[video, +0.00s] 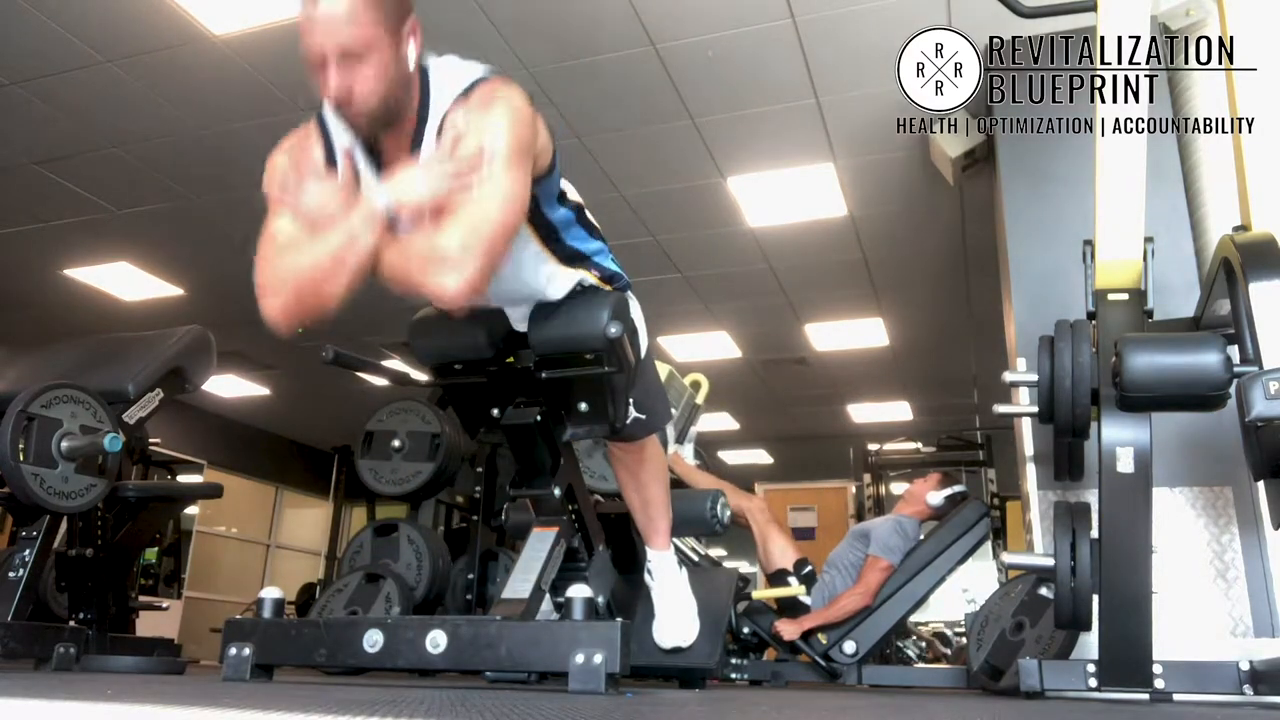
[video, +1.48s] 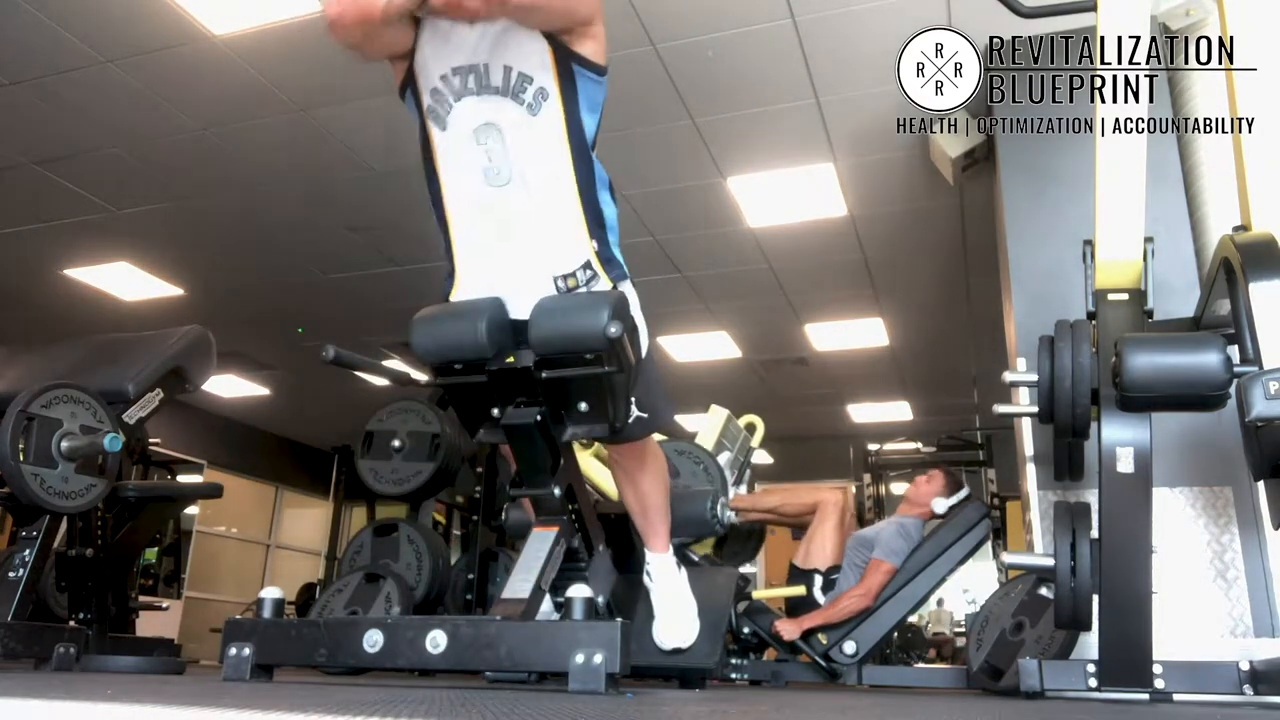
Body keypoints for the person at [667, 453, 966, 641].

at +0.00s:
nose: (919, 479)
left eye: (927, 479)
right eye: (926, 476)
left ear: (932, 498)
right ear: (931, 501)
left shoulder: (895, 529)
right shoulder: (900, 528)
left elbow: (865, 595)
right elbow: (865, 594)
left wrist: (801, 624)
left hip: (808, 606)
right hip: (813, 599)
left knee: (756, 507)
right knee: (756, 507)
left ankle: (676, 461)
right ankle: (686, 464)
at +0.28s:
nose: (919, 479)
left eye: (927, 480)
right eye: (926, 477)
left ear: (929, 499)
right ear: (930, 505)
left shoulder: (897, 527)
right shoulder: (901, 526)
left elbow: (865, 595)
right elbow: (864, 593)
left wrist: (802, 624)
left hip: (811, 604)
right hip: (817, 600)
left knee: (785, 500)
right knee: (786, 504)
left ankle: (695, 471)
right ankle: (707, 476)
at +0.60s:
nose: (916, 481)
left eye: (926, 480)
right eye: (925, 478)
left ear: (930, 497)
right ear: (934, 505)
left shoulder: (895, 528)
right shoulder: (904, 528)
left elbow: (865, 595)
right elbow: (865, 593)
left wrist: (802, 624)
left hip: (818, 608)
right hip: (824, 602)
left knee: (822, 498)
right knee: (820, 506)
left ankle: (722, 493)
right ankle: (732, 506)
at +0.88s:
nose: (918, 482)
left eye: (927, 481)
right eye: (926, 478)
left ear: (932, 499)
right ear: (934, 501)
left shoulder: (898, 529)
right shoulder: (904, 527)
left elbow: (865, 594)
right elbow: (864, 591)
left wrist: (801, 624)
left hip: (816, 604)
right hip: (823, 600)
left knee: (839, 500)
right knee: (841, 506)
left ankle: (734, 506)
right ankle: (747, 516)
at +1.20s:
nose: (917, 482)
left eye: (927, 481)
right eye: (926, 479)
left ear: (933, 497)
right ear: (934, 500)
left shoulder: (899, 528)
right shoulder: (904, 527)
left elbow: (865, 595)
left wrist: (801, 624)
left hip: (816, 605)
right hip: (820, 602)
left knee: (843, 500)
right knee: (843, 504)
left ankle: (739, 509)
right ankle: (750, 519)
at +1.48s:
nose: (917, 478)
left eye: (928, 480)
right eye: (925, 474)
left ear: (936, 505)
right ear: (932, 506)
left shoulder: (899, 530)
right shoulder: (902, 525)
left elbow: (865, 595)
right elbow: (865, 592)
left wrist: (800, 623)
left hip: (817, 607)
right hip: (823, 599)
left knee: (833, 498)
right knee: (838, 499)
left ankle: (730, 501)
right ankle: (743, 512)